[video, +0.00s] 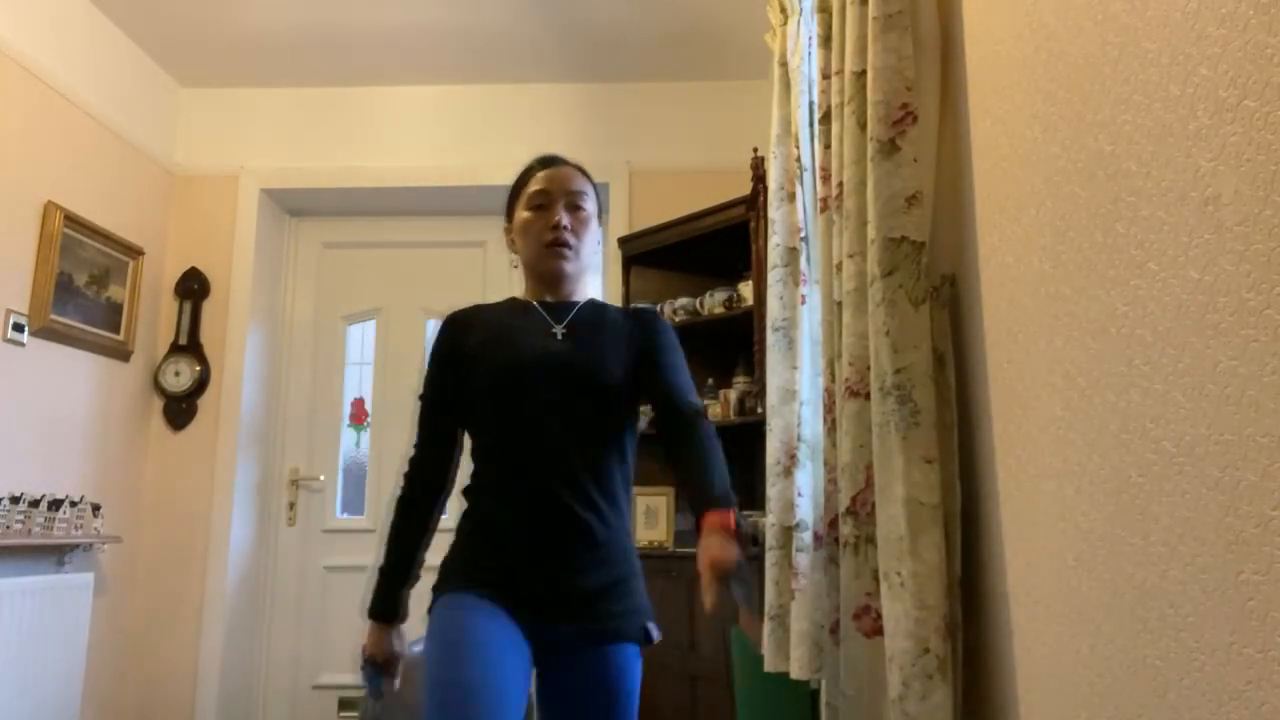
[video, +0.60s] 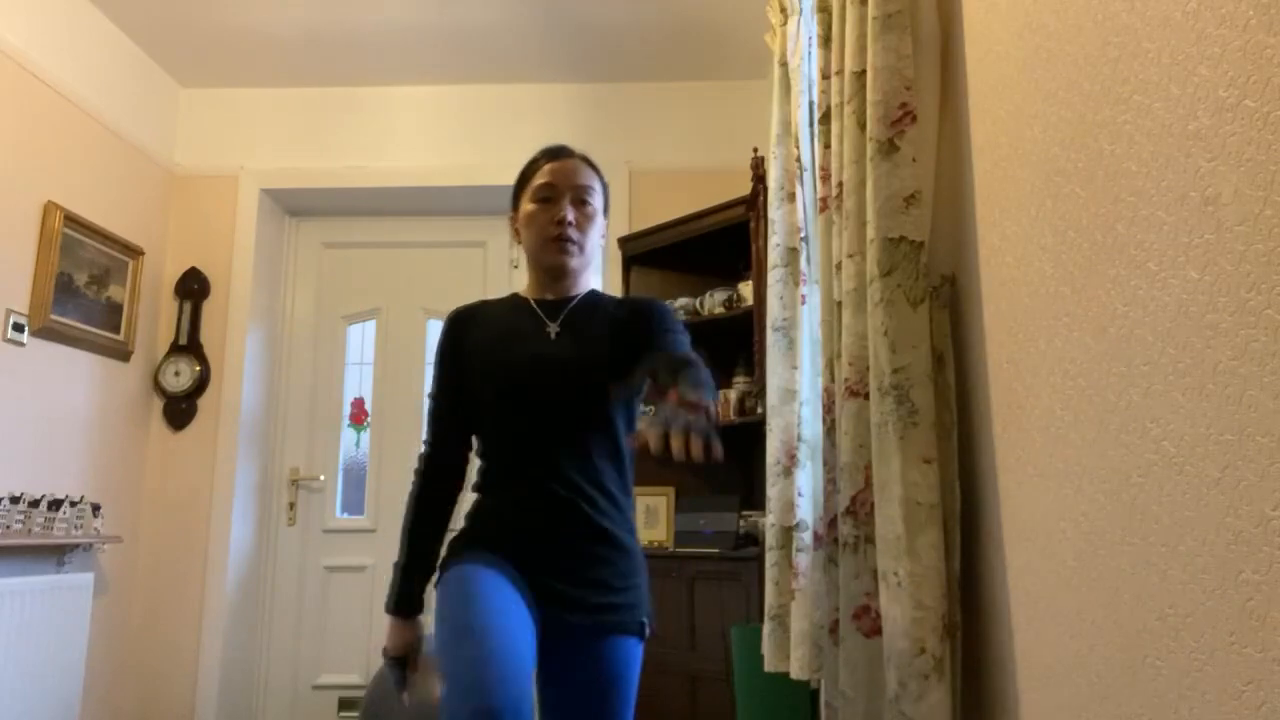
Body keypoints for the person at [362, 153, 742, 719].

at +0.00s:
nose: (559, 217)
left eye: (577, 205)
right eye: (539, 204)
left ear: (599, 234)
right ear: (512, 235)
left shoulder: (641, 331)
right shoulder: (468, 332)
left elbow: (687, 423)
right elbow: (429, 477)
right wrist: (385, 612)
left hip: (600, 591)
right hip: (485, 588)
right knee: (468, 707)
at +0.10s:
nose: (565, 213)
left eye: (584, 202)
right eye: (546, 200)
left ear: (608, 232)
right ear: (520, 232)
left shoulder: (645, 319)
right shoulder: (479, 330)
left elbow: (702, 386)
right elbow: (450, 471)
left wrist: (676, 382)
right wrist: (413, 610)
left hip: (603, 565)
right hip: (500, 548)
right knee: (484, 600)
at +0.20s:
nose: (570, 211)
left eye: (589, 200)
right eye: (551, 198)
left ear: (613, 226)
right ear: (524, 228)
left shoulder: (637, 321)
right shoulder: (483, 331)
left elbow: (676, 343)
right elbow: (458, 472)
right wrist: (431, 610)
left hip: (603, 595)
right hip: (498, 593)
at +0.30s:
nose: (573, 249)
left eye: (593, 231)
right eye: (561, 232)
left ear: (621, 244)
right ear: (527, 240)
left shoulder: (642, 335)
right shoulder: (481, 343)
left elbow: (651, 316)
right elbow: (458, 477)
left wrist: (605, 235)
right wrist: (436, 622)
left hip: (607, 598)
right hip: (498, 596)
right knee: (516, 472)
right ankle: (534, 334)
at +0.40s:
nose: (558, 221)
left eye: (576, 209)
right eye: (545, 210)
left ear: (604, 230)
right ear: (524, 228)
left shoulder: (636, 331)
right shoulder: (480, 343)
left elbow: (654, 316)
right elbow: (455, 485)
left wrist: (604, 235)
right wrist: (434, 627)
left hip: (606, 599)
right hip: (497, 599)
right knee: (503, 500)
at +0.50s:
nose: (568, 218)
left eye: (587, 206)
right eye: (549, 204)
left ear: (609, 236)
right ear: (521, 231)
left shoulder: (630, 326)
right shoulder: (478, 333)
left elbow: (674, 349)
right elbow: (453, 471)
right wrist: (425, 605)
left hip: (604, 582)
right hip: (497, 573)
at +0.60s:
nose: (565, 213)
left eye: (582, 202)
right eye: (546, 198)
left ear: (604, 230)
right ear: (516, 224)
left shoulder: (639, 319)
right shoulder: (471, 327)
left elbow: (678, 360)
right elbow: (442, 467)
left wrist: (686, 395)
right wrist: (404, 605)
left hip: (602, 568)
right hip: (492, 555)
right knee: (491, 703)